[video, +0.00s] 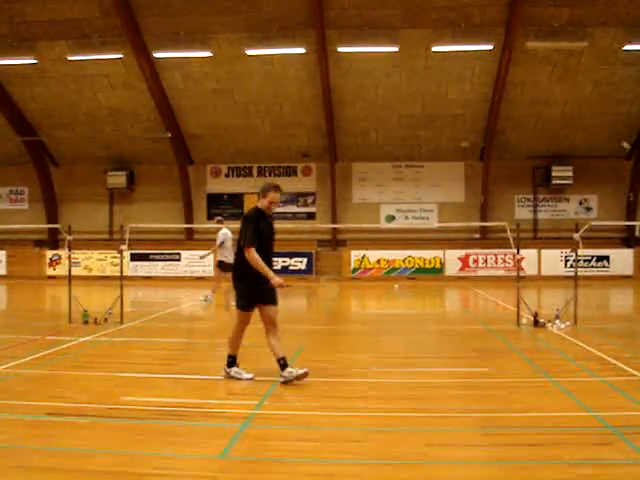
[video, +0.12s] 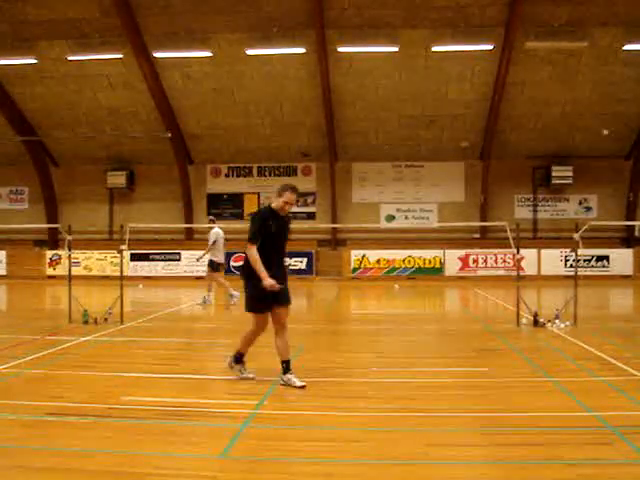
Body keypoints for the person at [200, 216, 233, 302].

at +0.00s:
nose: (216, 225)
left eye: (217, 223)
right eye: (216, 223)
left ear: (218, 223)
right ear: (223, 222)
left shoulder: (222, 232)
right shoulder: (228, 232)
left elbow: (217, 246)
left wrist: (206, 255)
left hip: (223, 259)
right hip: (229, 259)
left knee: (217, 279)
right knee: (230, 281)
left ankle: (211, 296)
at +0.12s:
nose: (208, 225)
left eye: (209, 223)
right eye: (209, 223)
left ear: (211, 223)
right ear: (215, 222)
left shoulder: (214, 232)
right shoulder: (220, 231)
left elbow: (210, 246)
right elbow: (221, 246)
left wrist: (201, 256)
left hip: (214, 259)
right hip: (219, 259)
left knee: (216, 278)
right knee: (210, 278)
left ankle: (232, 293)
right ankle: (208, 297)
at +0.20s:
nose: (205, 224)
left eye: (205, 222)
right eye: (205, 222)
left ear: (207, 222)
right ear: (211, 222)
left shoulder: (209, 231)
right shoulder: (216, 231)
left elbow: (207, 248)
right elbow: (216, 246)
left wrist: (200, 258)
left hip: (210, 258)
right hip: (216, 258)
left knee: (208, 277)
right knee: (208, 278)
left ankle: (225, 290)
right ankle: (207, 296)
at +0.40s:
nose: (193, 225)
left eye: (194, 222)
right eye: (193, 222)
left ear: (198, 223)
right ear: (201, 222)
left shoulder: (203, 232)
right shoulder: (205, 231)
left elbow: (204, 248)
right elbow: (204, 247)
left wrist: (203, 260)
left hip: (200, 258)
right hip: (205, 258)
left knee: (192, 275)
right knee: (204, 277)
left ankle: (202, 294)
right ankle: (208, 295)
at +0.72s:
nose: (176, 226)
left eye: (177, 224)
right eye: (175, 224)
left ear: (180, 223)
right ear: (177, 224)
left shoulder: (185, 232)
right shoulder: (181, 232)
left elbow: (187, 247)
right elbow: (180, 248)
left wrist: (186, 259)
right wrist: (174, 258)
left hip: (185, 258)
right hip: (181, 258)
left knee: (182, 276)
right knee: (181, 276)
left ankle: (183, 296)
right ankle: (192, 290)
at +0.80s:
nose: (172, 227)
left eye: (173, 224)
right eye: (171, 225)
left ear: (176, 224)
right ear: (171, 225)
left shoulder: (183, 232)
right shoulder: (177, 233)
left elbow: (185, 246)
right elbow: (176, 248)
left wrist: (180, 258)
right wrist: (171, 258)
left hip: (184, 258)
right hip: (178, 258)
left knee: (182, 277)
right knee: (172, 275)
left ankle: (182, 296)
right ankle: (184, 289)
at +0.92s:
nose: (164, 230)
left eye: (164, 228)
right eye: (163, 228)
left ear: (168, 226)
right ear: (164, 228)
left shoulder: (177, 232)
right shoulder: (168, 234)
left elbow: (184, 244)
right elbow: (168, 246)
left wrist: (173, 252)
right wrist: (166, 254)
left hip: (182, 257)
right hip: (173, 257)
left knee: (180, 276)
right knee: (169, 276)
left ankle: (182, 296)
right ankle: (168, 293)